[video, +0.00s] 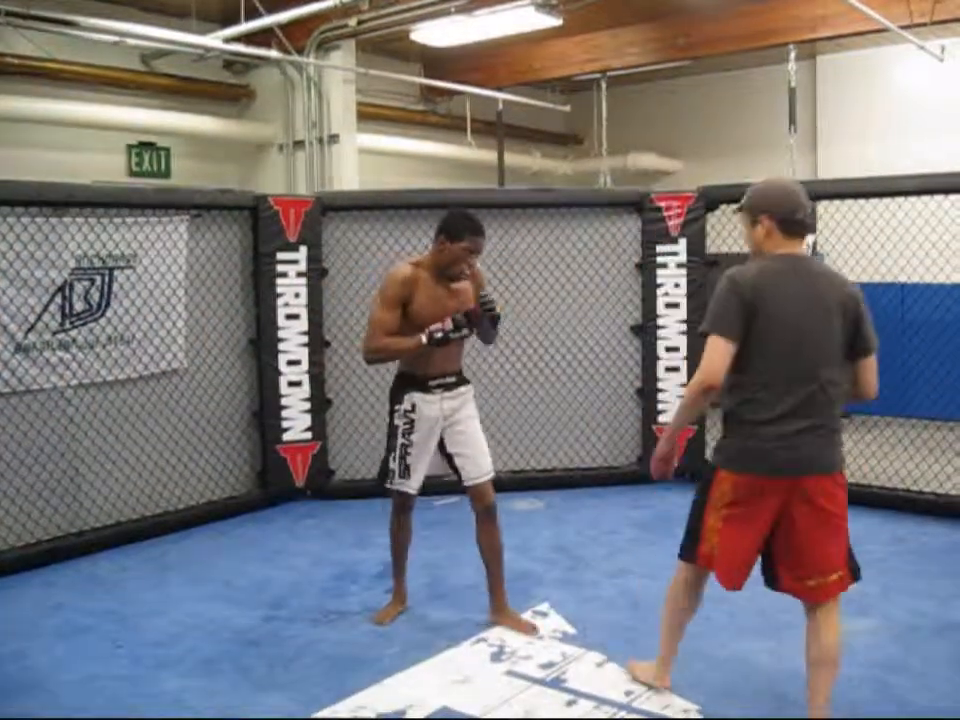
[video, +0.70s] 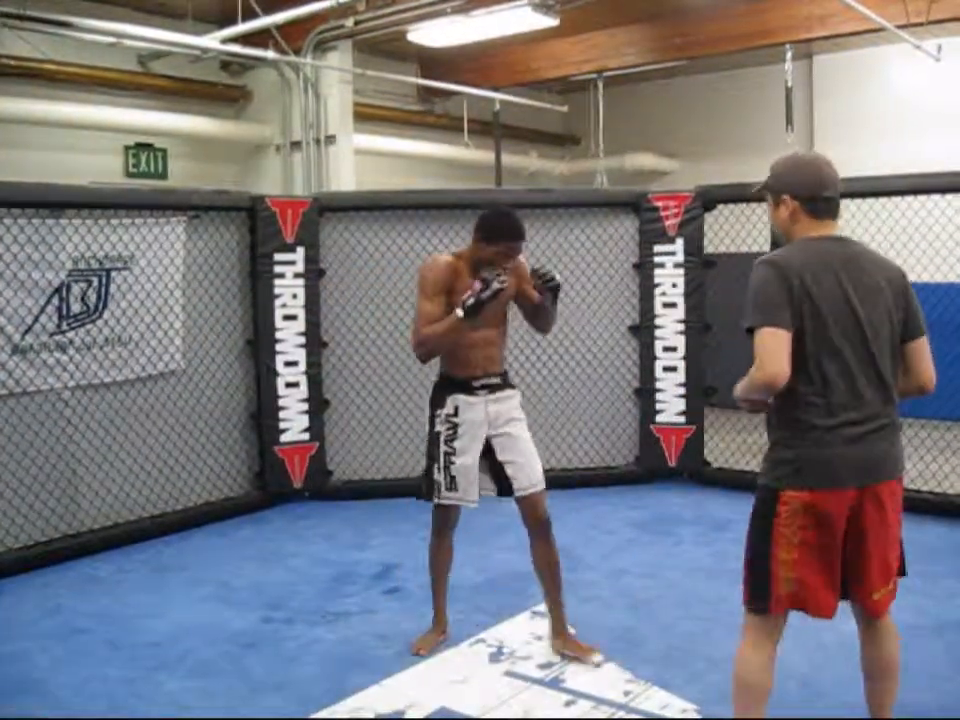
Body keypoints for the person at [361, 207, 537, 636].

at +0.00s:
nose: (470, 266)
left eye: (474, 258)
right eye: (466, 256)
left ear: (474, 253)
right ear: (442, 244)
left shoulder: (470, 277)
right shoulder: (402, 279)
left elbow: (484, 336)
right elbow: (372, 349)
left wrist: (486, 322)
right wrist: (427, 337)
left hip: (458, 398)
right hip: (414, 402)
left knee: (486, 501)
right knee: (403, 502)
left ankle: (500, 607)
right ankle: (398, 596)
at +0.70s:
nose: (509, 264)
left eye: (513, 257)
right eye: (504, 256)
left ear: (513, 251)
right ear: (480, 244)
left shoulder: (513, 267)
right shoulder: (440, 270)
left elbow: (541, 324)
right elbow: (422, 345)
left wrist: (548, 301)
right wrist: (470, 308)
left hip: (504, 397)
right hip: (457, 402)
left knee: (538, 514)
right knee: (445, 515)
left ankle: (560, 632)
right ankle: (439, 624)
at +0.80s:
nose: (519, 273)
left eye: (525, 267)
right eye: (515, 265)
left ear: (529, 261)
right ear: (495, 252)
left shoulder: (527, 272)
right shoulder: (455, 271)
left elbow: (555, 332)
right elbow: (441, 349)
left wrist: (560, 298)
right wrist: (487, 310)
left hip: (514, 403)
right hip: (467, 406)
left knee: (543, 523)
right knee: (451, 521)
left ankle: (570, 642)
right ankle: (440, 624)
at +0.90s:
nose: (536, 280)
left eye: (544, 274)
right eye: (530, 272)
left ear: (549, 267)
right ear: (511, 255)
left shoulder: (545, 276)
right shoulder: (475, 271)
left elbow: (576, 340)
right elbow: (462, 348)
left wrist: (579, 302)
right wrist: (510, 307)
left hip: (531, 408)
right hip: (481, 411)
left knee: (565, 528)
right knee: (458, 525)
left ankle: (573, 643)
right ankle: (441, 625)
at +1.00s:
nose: (548, 279)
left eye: (554, 272)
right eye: (542, 270)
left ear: (560, 266)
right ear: (523, 256)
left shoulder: (559, 276)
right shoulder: (487, 270)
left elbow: (590, 344)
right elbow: (473, 349)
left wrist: (585, 307)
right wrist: (518, 312)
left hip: (545, 408)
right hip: (493, 411)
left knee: (572, 531)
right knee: (462, 530)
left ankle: (573, 644)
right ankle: (446, 622)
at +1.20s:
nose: (554, 258)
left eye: (561, 249)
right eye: (546, 250)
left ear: (568, 242)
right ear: (525, 238)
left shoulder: (573, 263)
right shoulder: (488, 262)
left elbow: (599, 338)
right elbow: (465, 339)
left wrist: (585, 306)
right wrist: (506, 317)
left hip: (555, 404)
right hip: (503, 405)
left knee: (578, 529)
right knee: (486, 530)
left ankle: (575, 644)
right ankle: (482, 644)